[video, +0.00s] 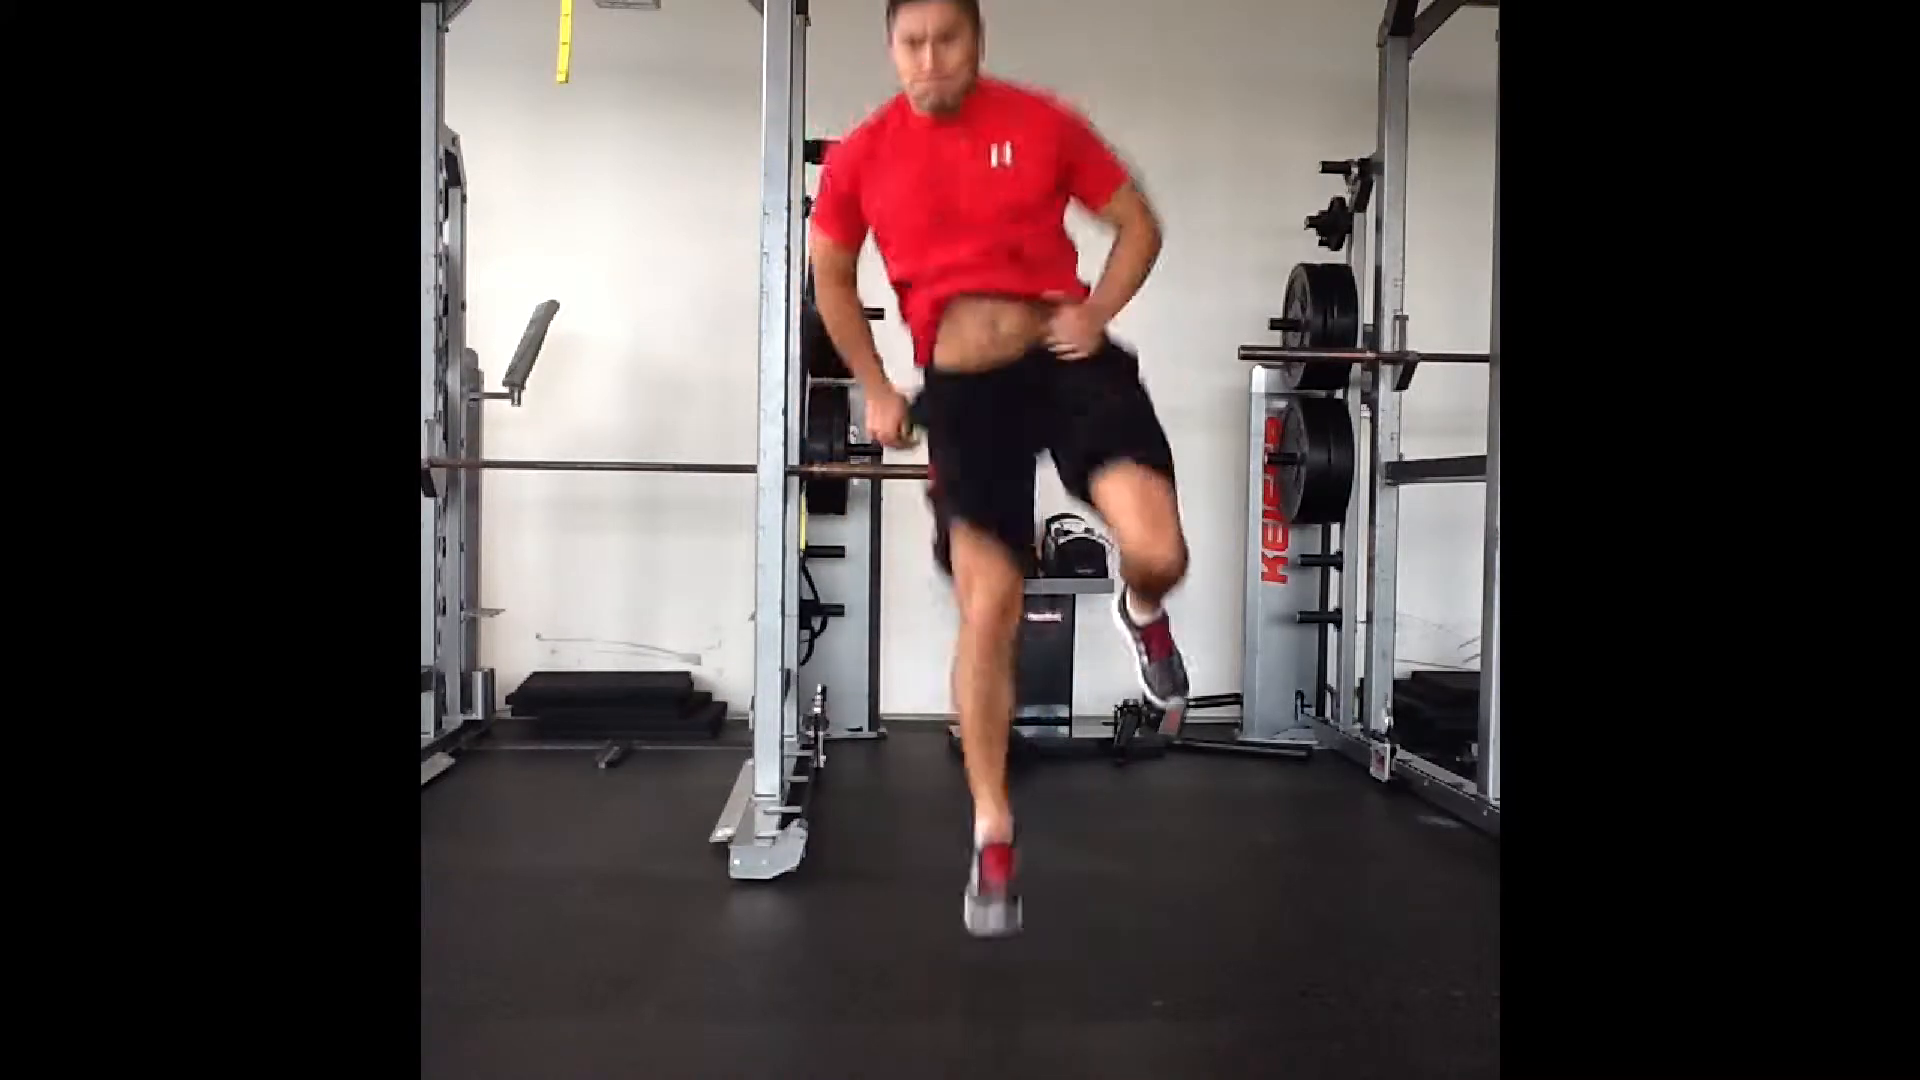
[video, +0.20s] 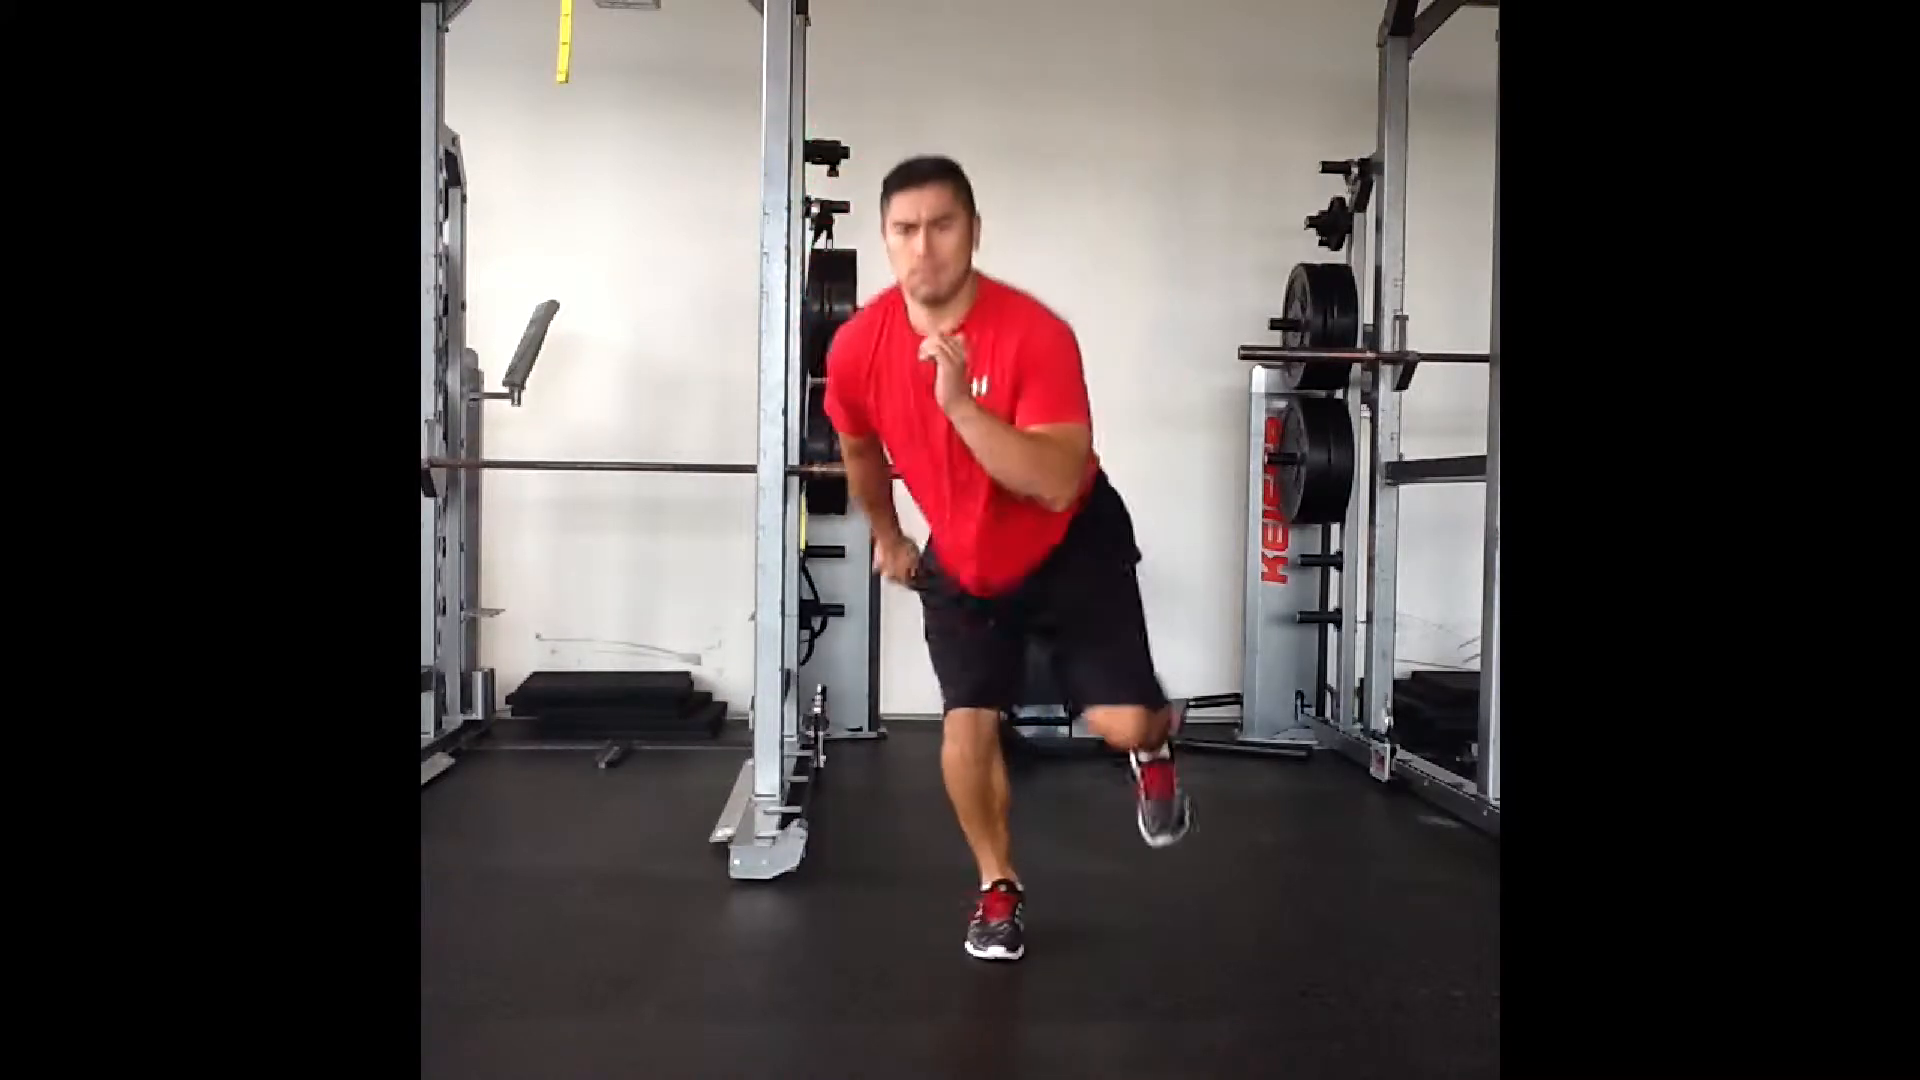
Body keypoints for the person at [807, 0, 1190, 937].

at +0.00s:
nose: (929, 60)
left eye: (945, 40)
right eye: (913, 43)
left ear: (978, 39)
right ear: (892, 49)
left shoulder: (1043, 125)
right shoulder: (860, 154)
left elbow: (1140, 224)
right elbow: (830, 274)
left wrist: (1099, 311)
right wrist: (875, 386)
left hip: (1072, 367)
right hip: (965, 394)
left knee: (1160, 555)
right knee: (989, 605)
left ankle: (1141, 616)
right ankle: (992, 835)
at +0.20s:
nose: (923, 248)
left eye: (940, 227)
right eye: (904, 230)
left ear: (973, 233)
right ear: (886, 243)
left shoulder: (1036, 335)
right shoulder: (860, 347)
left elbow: (1060, 480)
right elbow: (860, 448)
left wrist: (960, 408)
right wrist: (887, 538)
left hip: (1070, 533)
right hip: (960, 545)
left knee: (1125, 722)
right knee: (969, 721)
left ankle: (1152, 748)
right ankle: (997, 888)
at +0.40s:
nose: (927, 292)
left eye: (947, 271)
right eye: (909, 273)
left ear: (981, 277)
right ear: (891, 284)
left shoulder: (1027, 375)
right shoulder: (864, 363)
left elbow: (1029, 516)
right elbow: (913, 451)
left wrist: (945, 401)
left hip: (1068, 556)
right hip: (963, 561)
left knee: (1091, 762)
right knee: (980, 720)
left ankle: (1133, 783)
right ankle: (998, 888)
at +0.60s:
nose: (939, 277)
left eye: (959, 257)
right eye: (921, 258)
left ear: (994, 263)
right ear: (900, 266)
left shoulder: (1042, 364)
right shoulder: (869, 348)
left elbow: (1043, 505)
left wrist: (958, 386)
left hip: (1064, 559)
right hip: (956, 557)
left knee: (1080, 758)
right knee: (973, 715)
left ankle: (1092, 793)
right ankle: (994, 886)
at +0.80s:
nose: (940, 218)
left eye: (959, 197)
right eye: (921, 200)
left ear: (990, 207)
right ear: (898, 214)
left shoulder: (1052, 314)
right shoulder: (865, 322)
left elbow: (1085, 466)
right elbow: (864, 400)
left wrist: (991, 414)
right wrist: (875, 457)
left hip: (1066, 539)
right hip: (952, 545)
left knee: (1089, 702)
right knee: (964, 713)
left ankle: (1100, 764)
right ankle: (991, 886)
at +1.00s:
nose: (946, 155)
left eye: (964, 134)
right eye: (928, 136)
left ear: (993, 145)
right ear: (902, 150)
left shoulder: (1060, 254)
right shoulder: (869, 273)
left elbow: (1105, 397)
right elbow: (862, 387)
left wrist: (1010, 419)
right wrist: (864, 477)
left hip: (1071, 504)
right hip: (956, 513)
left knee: (1100, 680)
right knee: (968, 704)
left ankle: (1114, 733)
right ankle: (993, 885)